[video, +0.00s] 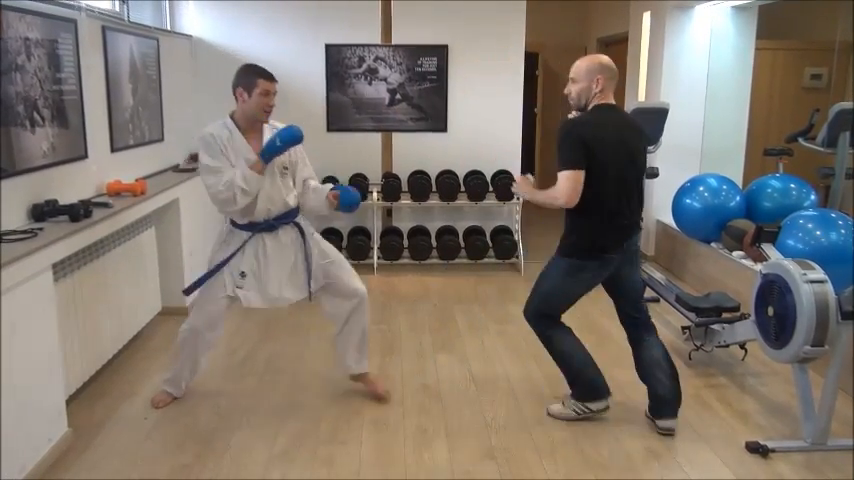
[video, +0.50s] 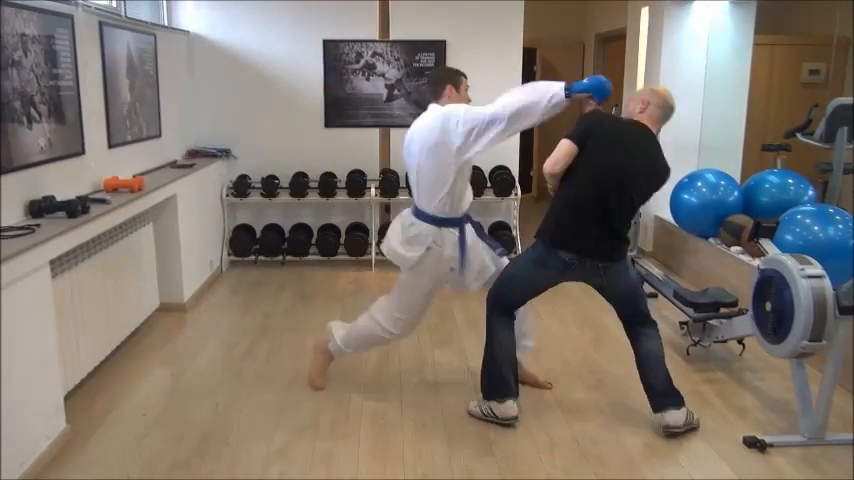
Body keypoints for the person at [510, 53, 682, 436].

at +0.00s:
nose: (566, 89)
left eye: (572, 81)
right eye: (567, 81)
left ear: (597, 84)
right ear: (604, 86)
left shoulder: (576, 128)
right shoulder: (632, 128)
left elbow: (567, 195)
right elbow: (628, 184)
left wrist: (531, 193)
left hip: (586, 249)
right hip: (625, 245)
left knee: (540, 313)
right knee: (639, 322)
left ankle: (591, 396)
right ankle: (665, 412)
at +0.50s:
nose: (625, 107)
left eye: (630, 102)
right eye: (630, 103)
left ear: (643, 105)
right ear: (662, 118)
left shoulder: (595, 121)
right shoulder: (660, 166)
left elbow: (552, 167)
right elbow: (625, 199)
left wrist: (556, 186)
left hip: (557, 248)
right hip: (609, 259)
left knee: (500, 303)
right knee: (641, 325)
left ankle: (501, 401)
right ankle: (671, 410)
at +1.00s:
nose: (652, 63)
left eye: (656, 55)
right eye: (654, 55)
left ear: (678, 60)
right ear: (697, 62)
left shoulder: (643, 110)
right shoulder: (725, 112)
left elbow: (617, 182)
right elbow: (694, 158)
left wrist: (603, 166)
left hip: (641, 234)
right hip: (693, 240)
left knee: (584, 299)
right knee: (702, 328)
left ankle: (599, 404)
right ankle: (724, 432)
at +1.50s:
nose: (567, 102)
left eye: (570, 94)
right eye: (567, 94)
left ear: (591, 97)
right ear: (613, 96)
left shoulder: (585, 153)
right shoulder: (657, 140)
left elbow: (556, 226)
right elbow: (633, 196)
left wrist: (532, 189)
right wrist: (587, 139)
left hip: (583, 271)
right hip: (635, 276)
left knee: (518, 335)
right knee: (633, 368)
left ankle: (521, 447)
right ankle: (638, 463)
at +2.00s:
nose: (565, 79)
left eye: (570, 71)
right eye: (567, 72)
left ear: (591, 74)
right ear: (600, 74)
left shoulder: (590, 115)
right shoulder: (626, 112)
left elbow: (570, 181)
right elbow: (607, 165)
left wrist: (534, 169)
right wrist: (571, 133)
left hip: (603, 235)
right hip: (635, 229)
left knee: (582, 332)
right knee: (618, 303)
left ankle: (578, 442)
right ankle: (643, 387)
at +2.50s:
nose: (574, 62)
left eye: (579, 56)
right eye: (574, 56)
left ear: (600, 54)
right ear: (604, 54)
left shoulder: (599, 90)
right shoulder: (628, 87)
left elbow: (604, 147)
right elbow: (598, 134)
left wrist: (568, 160)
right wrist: (575, 103)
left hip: (603, 198)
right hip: (624, 194)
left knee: (574, 270)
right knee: (611, 261)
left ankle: (615, 353)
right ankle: (626, 334)